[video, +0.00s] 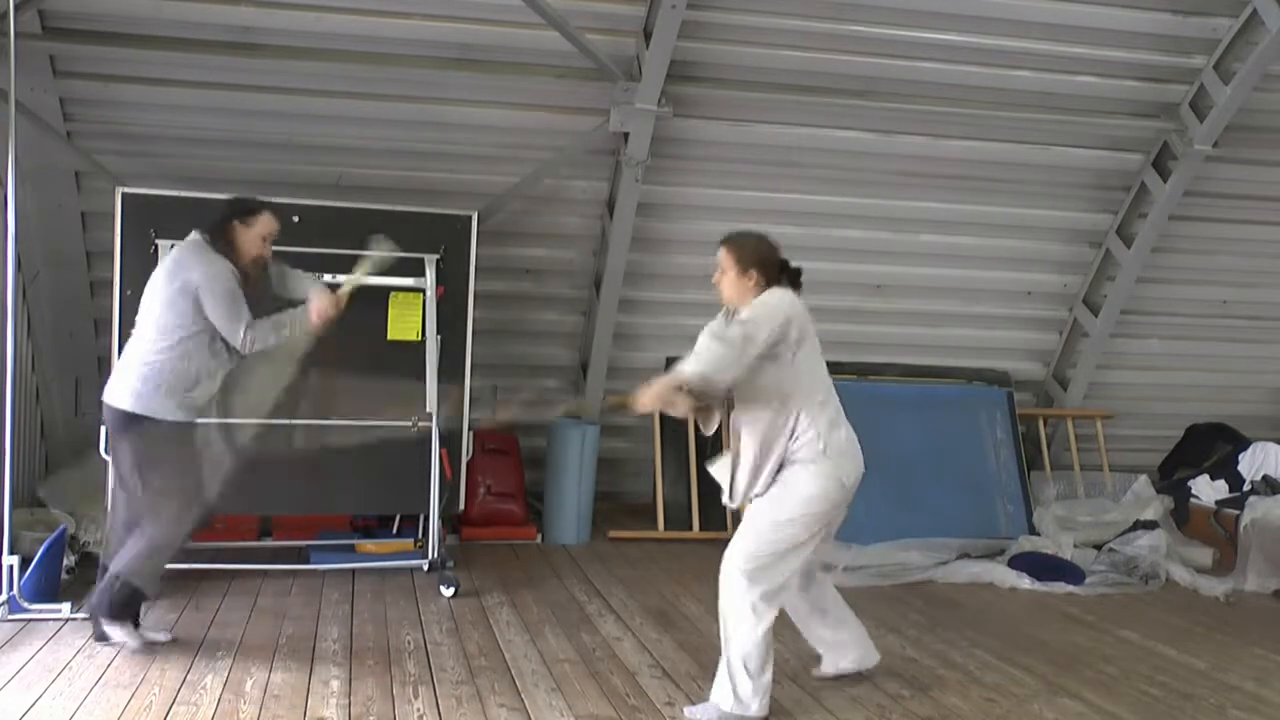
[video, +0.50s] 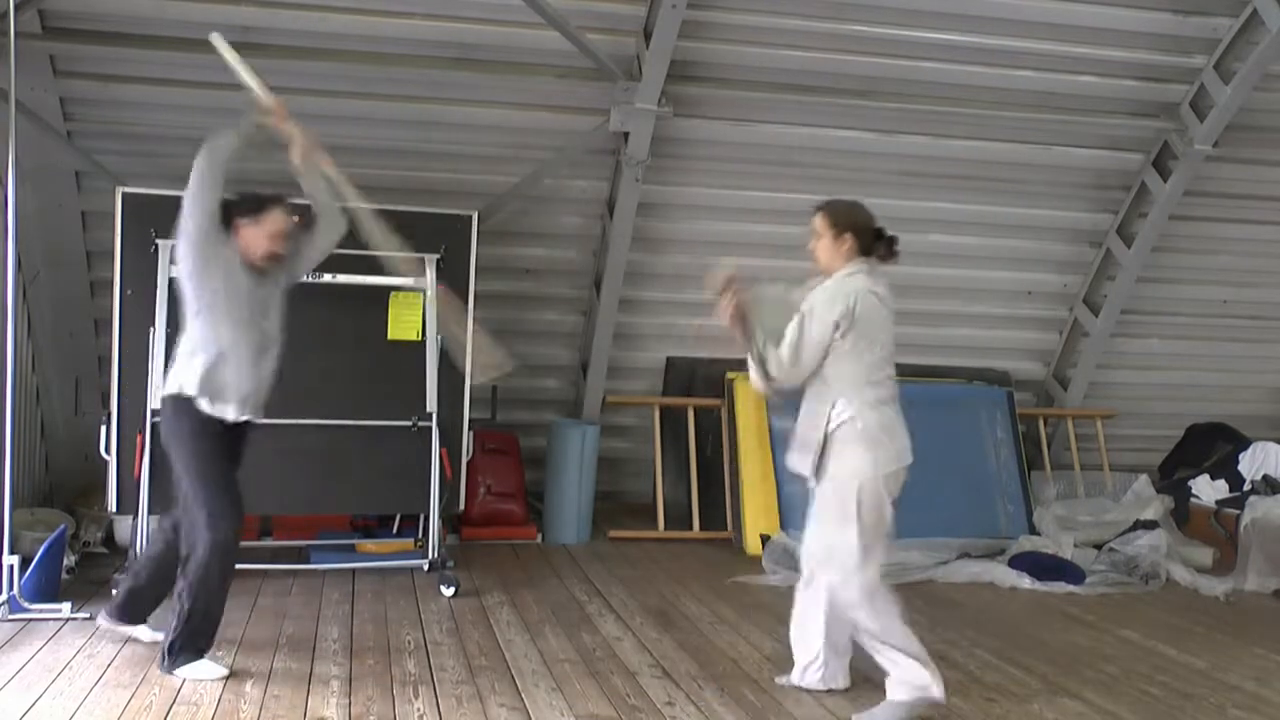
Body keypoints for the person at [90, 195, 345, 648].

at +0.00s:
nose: (268, 252)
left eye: (271, 242)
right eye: (263, 239)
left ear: (235, 230)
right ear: (237, 228)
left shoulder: (196, 254)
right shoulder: (211, 268)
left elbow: (278, 276)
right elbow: (246, 337)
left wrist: (319, 289)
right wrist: (308, 318)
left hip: (131, 402)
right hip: (152, 409)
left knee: (135, 509)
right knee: (177, 507)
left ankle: (120, 612)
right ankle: (113, 606)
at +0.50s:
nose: (282, 243)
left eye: (287, 234)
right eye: (276, 231)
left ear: (284, 237)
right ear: (244, 224)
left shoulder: (277, 273)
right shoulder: (206, 258)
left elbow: (333, 225)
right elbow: (211, 161)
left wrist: (310, 161)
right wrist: (257, 121)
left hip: (234, 418)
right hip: (188, 408)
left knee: (189, 524)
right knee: (221, 525)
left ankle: (124, 611)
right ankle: (183, 654)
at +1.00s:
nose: (416, 245)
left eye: (418, 235)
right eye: (409, 232)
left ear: (396, 233)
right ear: (379, 227)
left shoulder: (382, 279)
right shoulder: (348, 270)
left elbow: (439, 306)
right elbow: (409, 328)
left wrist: (502, 301)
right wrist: (495, 327)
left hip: (366, 432)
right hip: (333, 427)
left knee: (408, 537)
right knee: (385, 541)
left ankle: (378, 653)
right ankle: (289, 619)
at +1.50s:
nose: (529, 237)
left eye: (530, 226)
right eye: (524, 226)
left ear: (482, 227)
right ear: (496, 226)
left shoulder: (450, 270)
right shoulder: (480, 265)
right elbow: (553, 281)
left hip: (469, 429)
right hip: (453, 432)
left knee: (533, 510)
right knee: (473, 557)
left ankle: (519, 627)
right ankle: (431, 690)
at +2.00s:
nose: (570, 267)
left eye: (574, 257)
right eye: (568, 254)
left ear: (534, 239)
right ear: (546, 243)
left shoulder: (493, 268)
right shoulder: (511, 277)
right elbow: (575, 329)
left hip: (488, 430)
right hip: (468, 429)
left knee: (548, 508)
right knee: (472, 549)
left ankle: (524, 628)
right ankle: (413, 678)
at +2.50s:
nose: (631, 227)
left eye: (630, 218)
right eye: (622, 218)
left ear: (605, 228)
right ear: (592, 225)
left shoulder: (622, 291)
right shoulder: (557, 270)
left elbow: (666, 333)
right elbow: (627, 307)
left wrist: (721, 308)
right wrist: (703, 293)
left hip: (597, 435)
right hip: (544, 426)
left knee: (629, 539)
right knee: (572, 537)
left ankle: (629, 657)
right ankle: (490, 618)